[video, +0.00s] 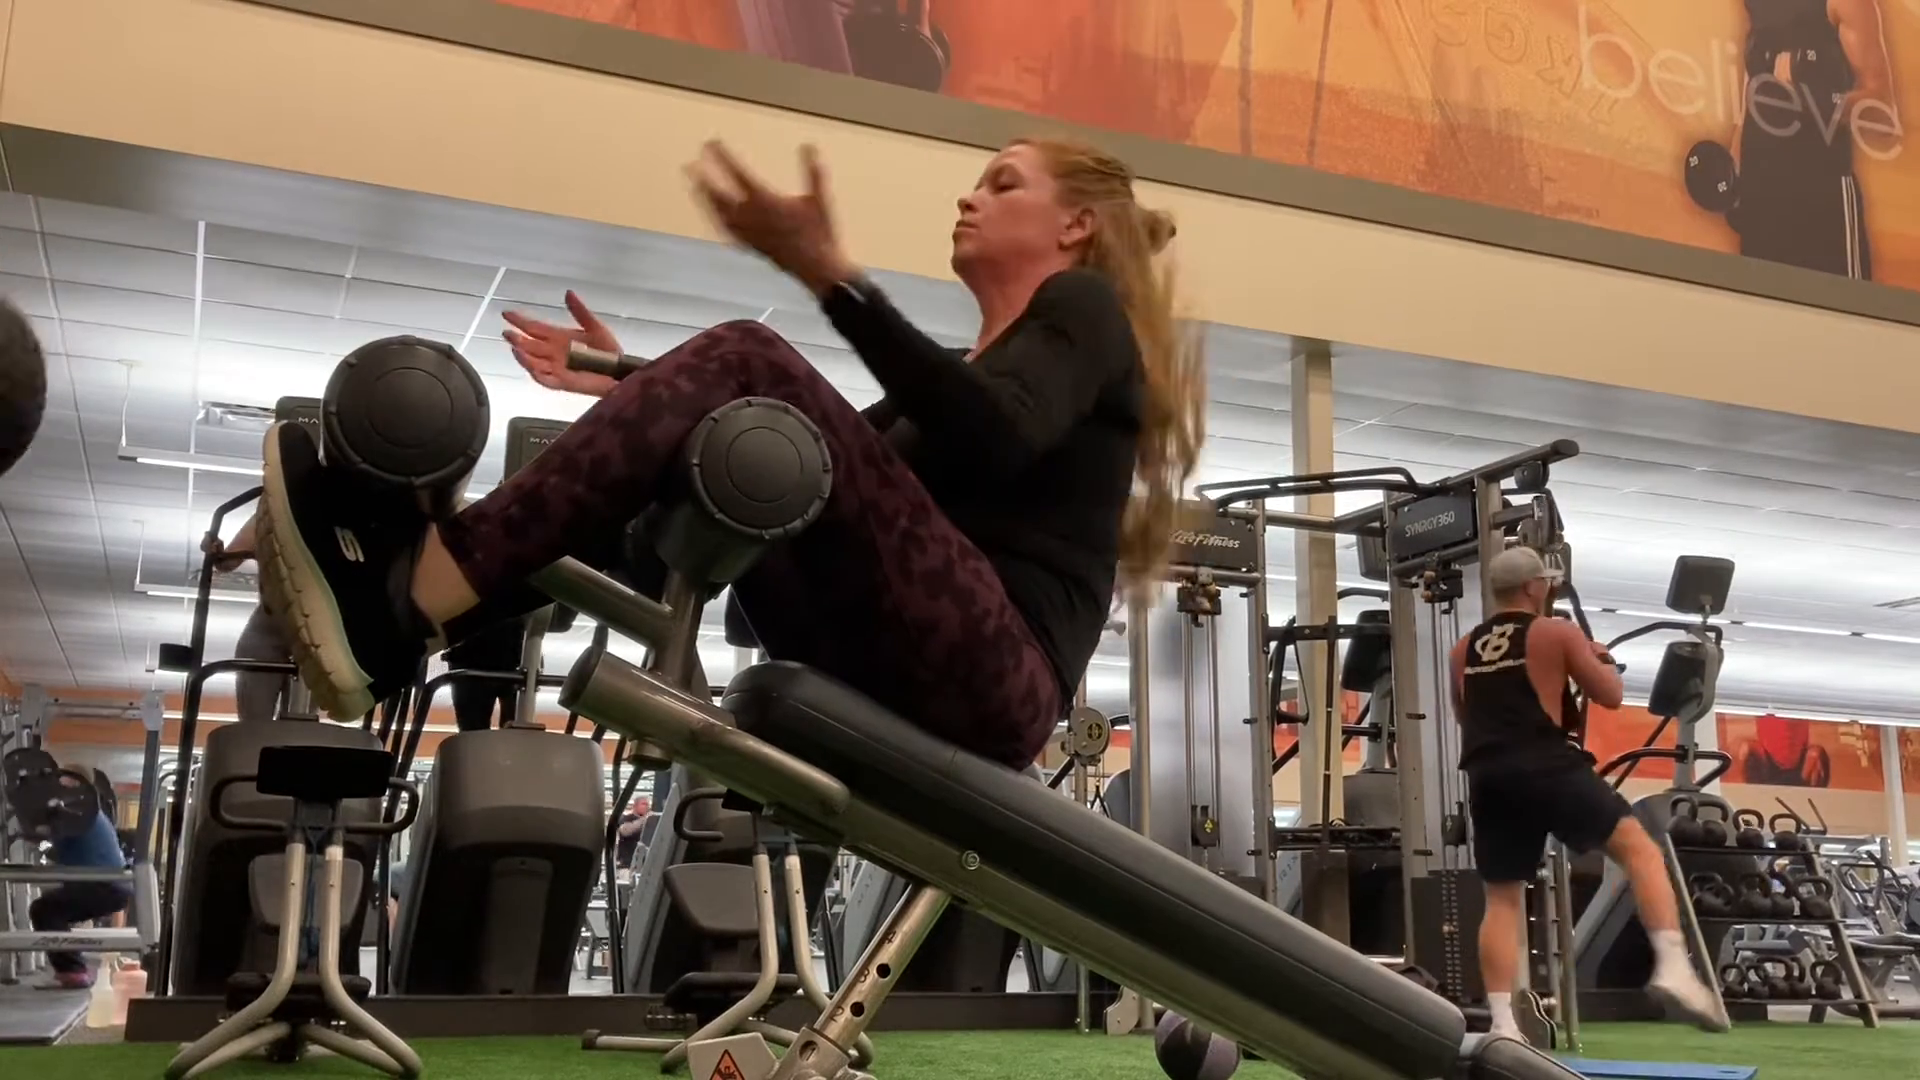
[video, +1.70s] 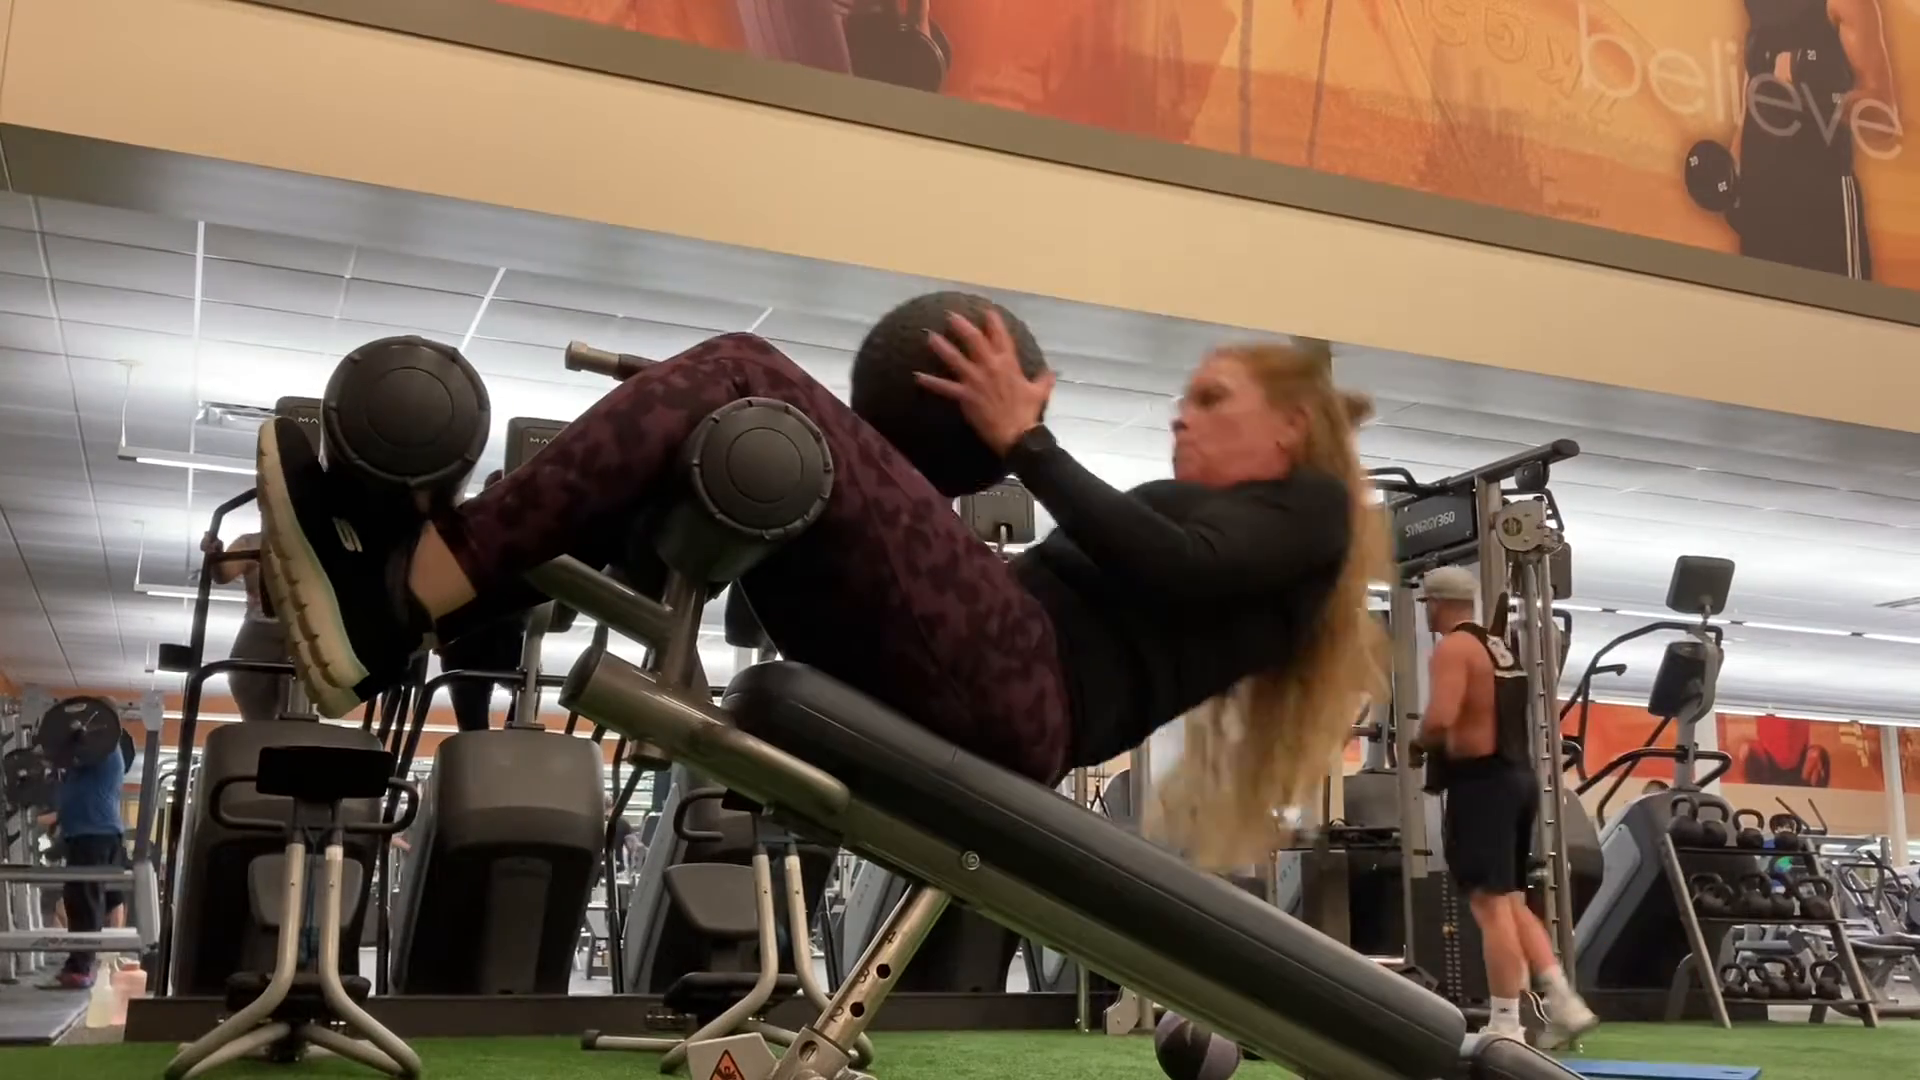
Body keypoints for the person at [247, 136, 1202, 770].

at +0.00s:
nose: (968, 197)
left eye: (1003, 185)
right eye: (976, 184)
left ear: (1078, 226)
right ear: (996, 233)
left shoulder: (1085, 309)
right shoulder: (969, 377)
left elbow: (996, 432)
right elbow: (838, 455)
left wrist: (834, 283)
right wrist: (638, 379)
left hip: (992, 672)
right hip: (904, 658)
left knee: (751, 361)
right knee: (723, 418)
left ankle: (423, 601)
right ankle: (406, 598)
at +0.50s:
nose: (911, 204)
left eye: (943, 183)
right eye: (918, 186)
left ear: (1024, 210)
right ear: (986, 215)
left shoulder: (1053, 298)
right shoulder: (931, 355)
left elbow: (908, 331)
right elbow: (806, 458)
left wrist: (676, 256)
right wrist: (593, 424)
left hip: (993, 676)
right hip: (880, 649)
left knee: (752, 364)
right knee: (723, 392)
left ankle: (416, 606)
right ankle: (407, 587)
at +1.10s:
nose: (932, 209)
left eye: (966, 189)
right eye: (941, 192)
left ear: (1046, 218)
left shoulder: (1064, 298)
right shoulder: (985, 353)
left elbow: (915, 375)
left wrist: (738, 285)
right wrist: (714, 319)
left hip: (997, 674)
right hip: (913, 657)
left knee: (755, 367)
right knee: (723, 384)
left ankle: (418, 600)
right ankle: (404, 592)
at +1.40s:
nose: (1021, 282)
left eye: (1051, 258)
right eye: (1024, 261)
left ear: (1134, 274)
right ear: (1073, 281)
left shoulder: (1167, 364)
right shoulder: (1074, 403)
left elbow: (1038, 470)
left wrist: (889, 371)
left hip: (1008, 676)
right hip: (937, 654)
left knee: (747, 366)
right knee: (742, 384)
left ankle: (426, 597)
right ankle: (426, 580)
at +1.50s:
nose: (1068, 327)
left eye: (1091, 302)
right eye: (1070, 307)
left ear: (1176, 308)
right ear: (1128, 324)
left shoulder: (1216, 397)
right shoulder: (1121, 432)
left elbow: (1097, 497)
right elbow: (997, 542)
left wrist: (946, 396)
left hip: (1016, 677)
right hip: (958, 659)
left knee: (755, 381)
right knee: (747, 399)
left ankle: (421, 594)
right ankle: (422, 571)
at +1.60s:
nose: (1123, 367)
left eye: (1150, 345)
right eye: (1126, 351)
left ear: (1234, 359)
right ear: (1178, 374)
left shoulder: (1269, 449)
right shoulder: (1145, 478)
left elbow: (1141, 527)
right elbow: (919, 531)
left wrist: (989, 423)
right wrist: (693, 401)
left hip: (1017, 680)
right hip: (953, 651)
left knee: (752, 373)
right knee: (735, 394)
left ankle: (428, 584)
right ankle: (401, 586)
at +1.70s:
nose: (1182, 420)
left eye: (1212, 403)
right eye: (1186, 405)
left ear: (1288, 424)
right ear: (1225, 431)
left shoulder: (1309, 509)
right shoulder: (1210, 523)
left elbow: (1152, 555)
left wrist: (1032, 440)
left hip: (1029, 679)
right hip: (980, 667)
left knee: (747, 381)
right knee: (730, 393)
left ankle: (436, 579)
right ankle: (420, 575)